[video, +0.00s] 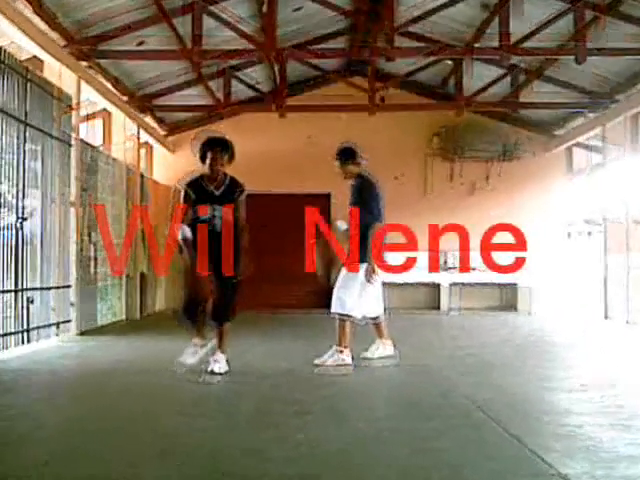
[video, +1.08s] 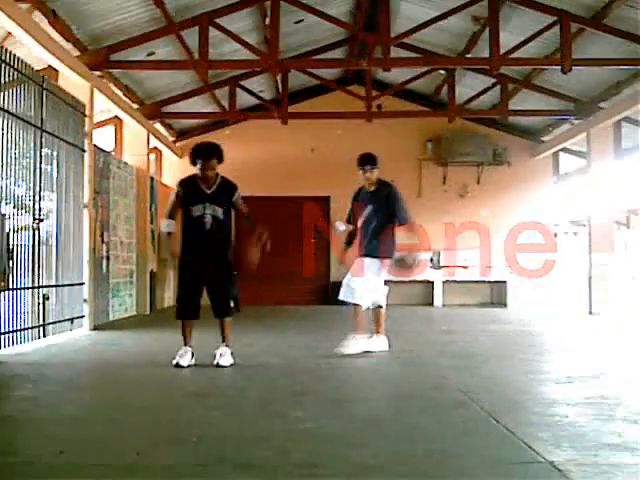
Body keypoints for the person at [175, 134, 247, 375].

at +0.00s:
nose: (216, 163)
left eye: (221, 158)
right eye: (212, 157)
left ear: (227, 160)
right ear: (205, 159)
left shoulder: (236, 189)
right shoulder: (193, 187)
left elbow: (242, 225)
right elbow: (184, 222)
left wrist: (242, 259)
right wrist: (184, 245)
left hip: (226, 255)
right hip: (199, 254)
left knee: (223, 304)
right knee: (196, 298)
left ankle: (220, 351)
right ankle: (199, 340)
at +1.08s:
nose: (207, 174)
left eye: (211, 169)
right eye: (203, 169)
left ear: (218, 166)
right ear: (196, 166)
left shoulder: (228, 188)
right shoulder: (186, 187)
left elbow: (244, 214)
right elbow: (170, 217)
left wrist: (257, 231)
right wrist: (168, 242)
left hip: (220, 256)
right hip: (191, 256)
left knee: (223, 303)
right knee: (187, 304)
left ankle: (225, 347)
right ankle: (187, 348)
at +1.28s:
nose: (186, 179)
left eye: (189, 174)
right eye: (182, 174)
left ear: (199, 167)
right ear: (177, 171)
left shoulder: (214, 186)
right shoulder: (172, 189)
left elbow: (234, 209)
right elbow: (151, 219)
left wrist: (247, 195)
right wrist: (130, 250)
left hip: (203, 250)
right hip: (177, 251)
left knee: (192, 291)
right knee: (175, 298)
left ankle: (203, 338)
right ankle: (185, 348)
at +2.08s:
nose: (151, 167)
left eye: (156, 162)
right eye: (148, 162)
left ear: (167, 161)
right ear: (143, 161)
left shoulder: (182, 184)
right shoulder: (137, 184)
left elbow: (211, 207)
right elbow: (113, 203)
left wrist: (197, 226)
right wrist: (98, 202)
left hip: (177, 255)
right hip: (148, 255)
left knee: (183, 306)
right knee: (134, 306)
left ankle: (186, 353)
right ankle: (125, 356)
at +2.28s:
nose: (136, 170)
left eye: (140, 165)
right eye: (132, 165)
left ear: (151, 160)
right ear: (126, 162)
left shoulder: (167, 183)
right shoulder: (121, 183)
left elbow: (194, 207)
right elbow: (101, 207)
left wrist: (193, 223)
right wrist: (85, 210)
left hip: (163, 257)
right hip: (133, 258)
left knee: (167, 308)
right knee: (126, 311)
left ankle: (180, 348)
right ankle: (124, 357)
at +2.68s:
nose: (120, 171)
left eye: (124, 166)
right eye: (116, 167)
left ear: (135, 161)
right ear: (111, 166)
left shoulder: (154, 178)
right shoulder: (108, 191)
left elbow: (173, 205)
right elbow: (111, 230)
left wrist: (185, 236)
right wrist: (126, 244)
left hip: (154, 247)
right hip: (125, 250)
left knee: (147, 298)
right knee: (121, 303)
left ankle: (160, 343)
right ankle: (123, 357)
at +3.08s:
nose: (147, 160)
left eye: (151, 154)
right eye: (141, 155)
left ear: (160, 150)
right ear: (133, 153)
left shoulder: (170, 176)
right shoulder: (122, 179)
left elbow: (175, 204)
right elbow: (112, 215)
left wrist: (178, 223)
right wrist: (119, 230)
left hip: (165, 248)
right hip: (134, 251)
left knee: (169, 304)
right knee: (132, 305)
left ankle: (170, 359)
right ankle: (126, 355)